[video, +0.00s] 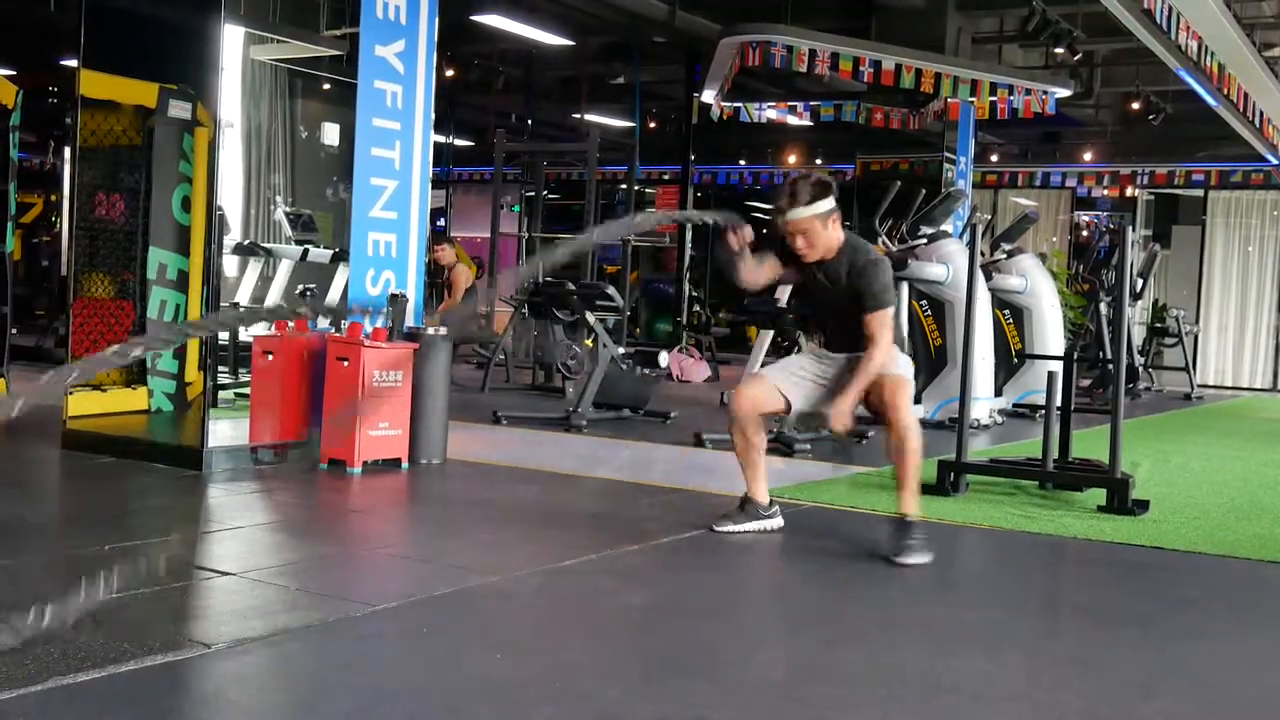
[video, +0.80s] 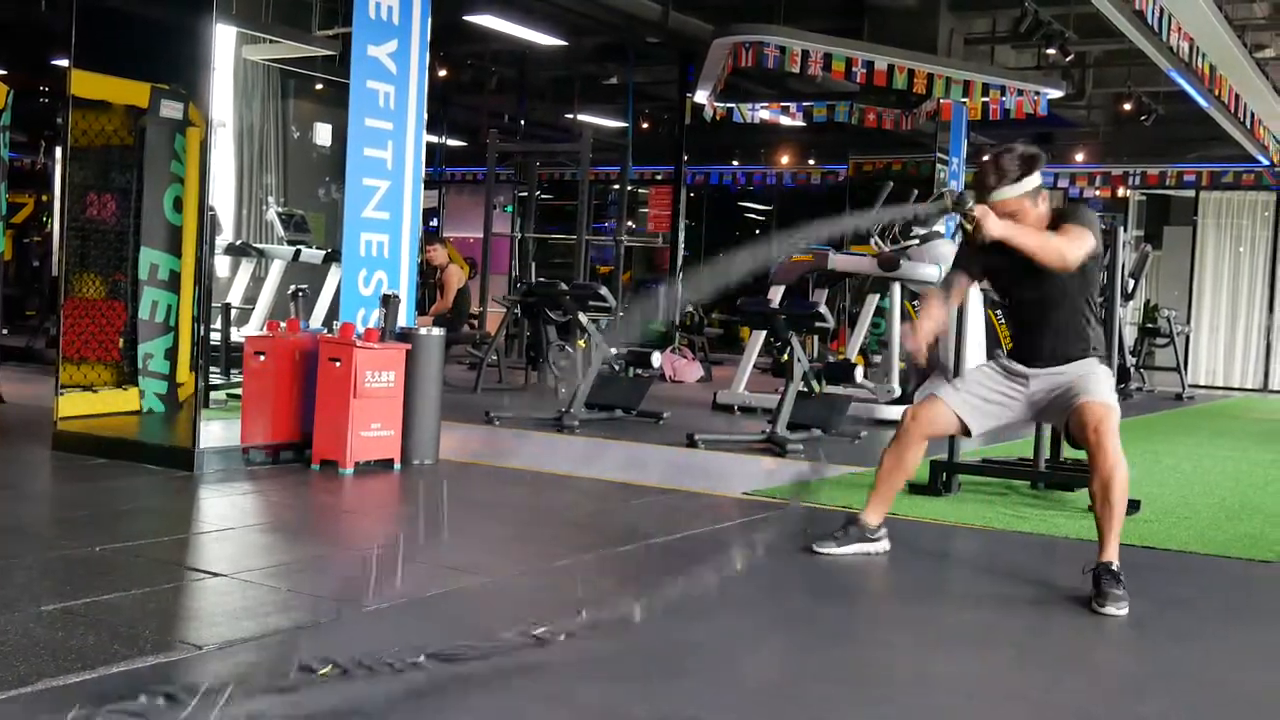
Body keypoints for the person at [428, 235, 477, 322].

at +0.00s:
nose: (439, 255)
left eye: (443, 250)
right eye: (436, 251)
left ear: (453, 250)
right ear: (433, 255)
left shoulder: (459, 270)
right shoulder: (448, 271)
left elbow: (455, 301)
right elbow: (447, 300)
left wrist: (437, 315)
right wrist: (436, 317)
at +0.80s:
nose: (431, 255)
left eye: (435, 250)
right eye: (428, 252)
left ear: (445, 251)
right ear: (425, 255)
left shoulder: (451, 270)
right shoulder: (440, 272)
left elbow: (447, 304)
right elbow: (439, 301)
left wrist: (429, 317)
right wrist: (429, 317)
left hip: (454, 322)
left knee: (412, 321)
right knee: (412, 319)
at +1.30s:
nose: (419, 255)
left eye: (423, 250)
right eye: (416, 251)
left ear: (433, 250)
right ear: (413, 255)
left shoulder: (440, 271)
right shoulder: (429, 273)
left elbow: (436, 304)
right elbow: (429, 301)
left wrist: (418, 317)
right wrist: (418, 318)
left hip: (443, 322)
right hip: (436, 318)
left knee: (402, 321)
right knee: (401, 320)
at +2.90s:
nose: (424, 256)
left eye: (428, 252)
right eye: (423, 254)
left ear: (441, 254)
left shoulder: (447, 275)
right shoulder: (436, 277)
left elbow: (443, 308)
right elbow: (434, 306)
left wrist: (424, 321)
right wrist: (424, 322)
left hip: (448, 327)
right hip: (441, 324)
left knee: (407, 326)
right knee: (406, 324)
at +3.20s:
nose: (423, 257)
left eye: (427, 253)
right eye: (422, 254)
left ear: (439, 255)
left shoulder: (446, 275)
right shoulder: (435, 278)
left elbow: (441, 309)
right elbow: (433, 306)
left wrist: (422, 322)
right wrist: (421, 322)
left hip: (450, 327)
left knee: (408, 325)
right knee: (407, 323)